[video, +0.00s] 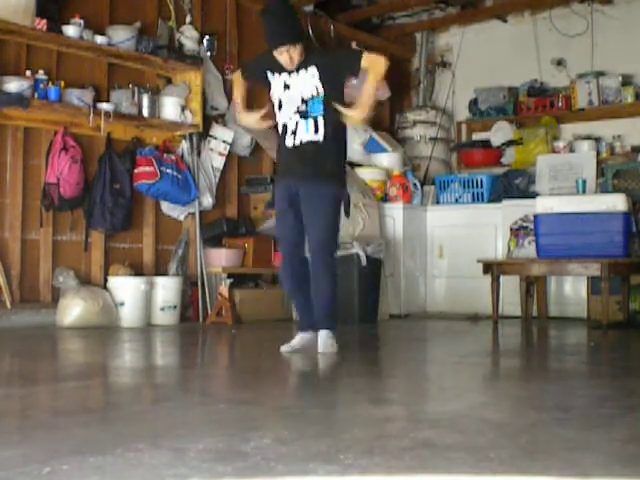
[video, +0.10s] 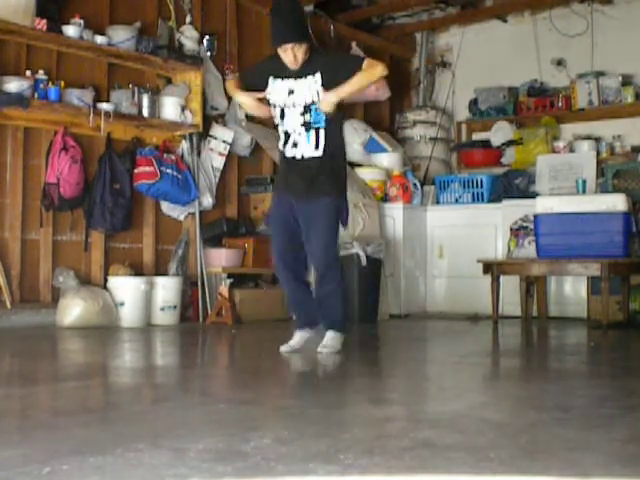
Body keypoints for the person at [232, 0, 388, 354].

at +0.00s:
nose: (287, 57)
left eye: (291, 49)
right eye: (279, 52)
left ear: (302, 39)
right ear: (271, 48)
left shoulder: (327, 61)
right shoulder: (268, 65)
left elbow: (377, 62)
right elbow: (239, 75)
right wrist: (241, 115)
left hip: (323, 175)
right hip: (287, 174)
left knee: (320, 252)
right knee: (290, 252)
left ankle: (325, 330)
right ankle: (307, 328)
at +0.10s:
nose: (292, 54)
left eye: (297, 46)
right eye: (284, 48)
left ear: (307, 40)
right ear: (276, 45)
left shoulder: (327, 63)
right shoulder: (270, 68)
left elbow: (377, 69)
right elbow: (236, 86)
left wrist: (336, 94)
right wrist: (244, 98)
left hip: (322, 183)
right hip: (287, 183)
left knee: (323, 259)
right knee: (285, 257)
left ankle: (334, 330)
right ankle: (307, 324)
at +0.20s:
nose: (296, 49)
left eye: (302, 42)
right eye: (289, 43)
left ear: (313, 37)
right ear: (280, 41)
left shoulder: (329, 61)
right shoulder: (271, 66)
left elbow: (360, 84)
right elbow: (234, 89)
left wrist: (319, 111)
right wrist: (227, 110)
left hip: (325, 177)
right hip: (287, 175)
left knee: (327, 252)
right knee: (273, 250)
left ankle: (338, 323)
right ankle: (281, 323)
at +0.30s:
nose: (302, 54)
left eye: (308, 46)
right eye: (296, 47)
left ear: (319, 46)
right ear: (288, 49)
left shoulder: (334, 78)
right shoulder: (276, 79)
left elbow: (336, 118)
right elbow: (246, 118)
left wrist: (319, 157)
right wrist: (222, 152)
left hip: (324, 182)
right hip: (286, 181)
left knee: (317, 257)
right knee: (278, 258)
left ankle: (330, 322)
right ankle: (266, 333)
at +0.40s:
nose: (312, 51)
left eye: (318, 44)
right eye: (306, 44)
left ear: (328, 48)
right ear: (297, 48)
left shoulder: (344, 84)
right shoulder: (282, 88)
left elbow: (356, 137)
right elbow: (256, 138)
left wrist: (347, 186)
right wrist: (252, 186)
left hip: (327, 193)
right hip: (290, 191)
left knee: (323, 269)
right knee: (280, 264)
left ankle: (325, 330)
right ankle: (267, 334)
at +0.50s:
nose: (332, 34)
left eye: (336, 28)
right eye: (326, 28)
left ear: (341, 31)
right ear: (310, 30)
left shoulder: (356, 67)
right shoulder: (289, 68)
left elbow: (385, 100)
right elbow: (271, 100)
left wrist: (382, 155)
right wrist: (283, 144)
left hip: (344, 179)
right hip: (302, 176)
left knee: (341, 255)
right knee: (294, 252)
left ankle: (333, 325)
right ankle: (287, 327)